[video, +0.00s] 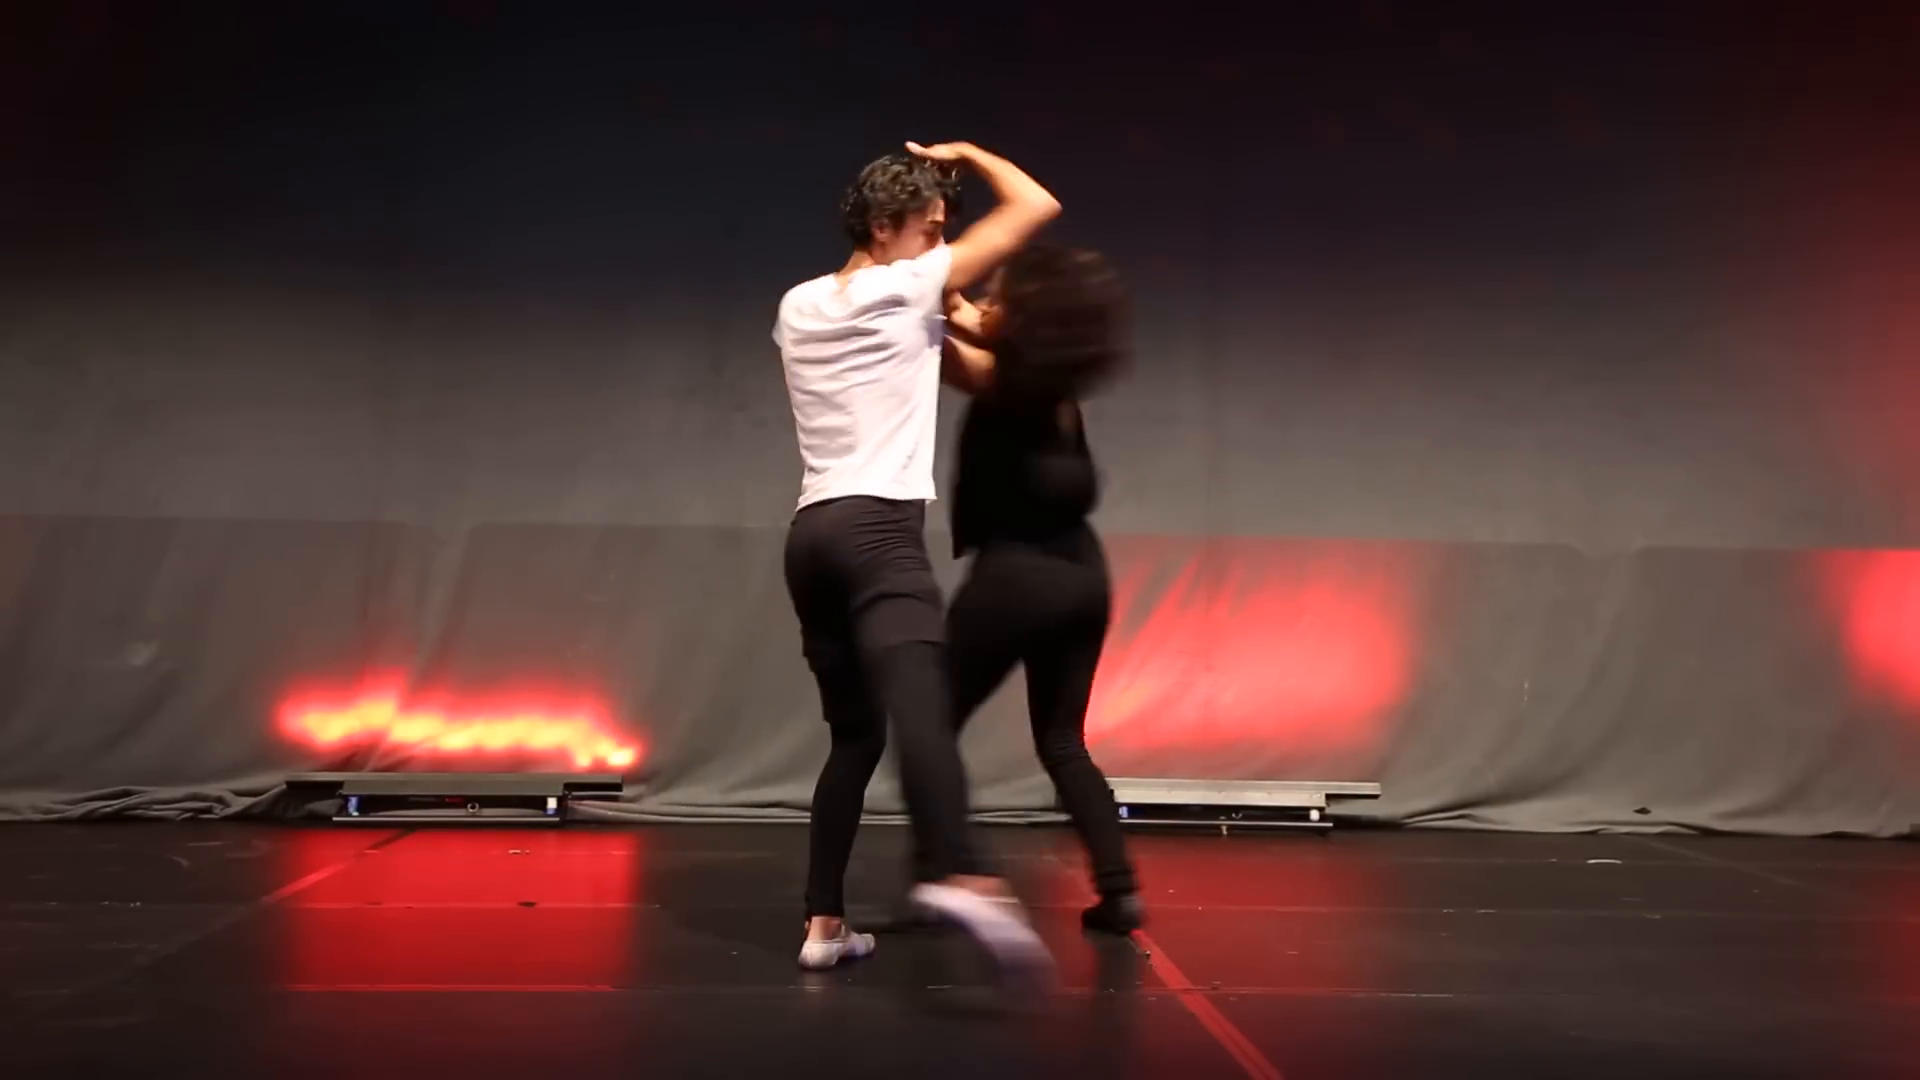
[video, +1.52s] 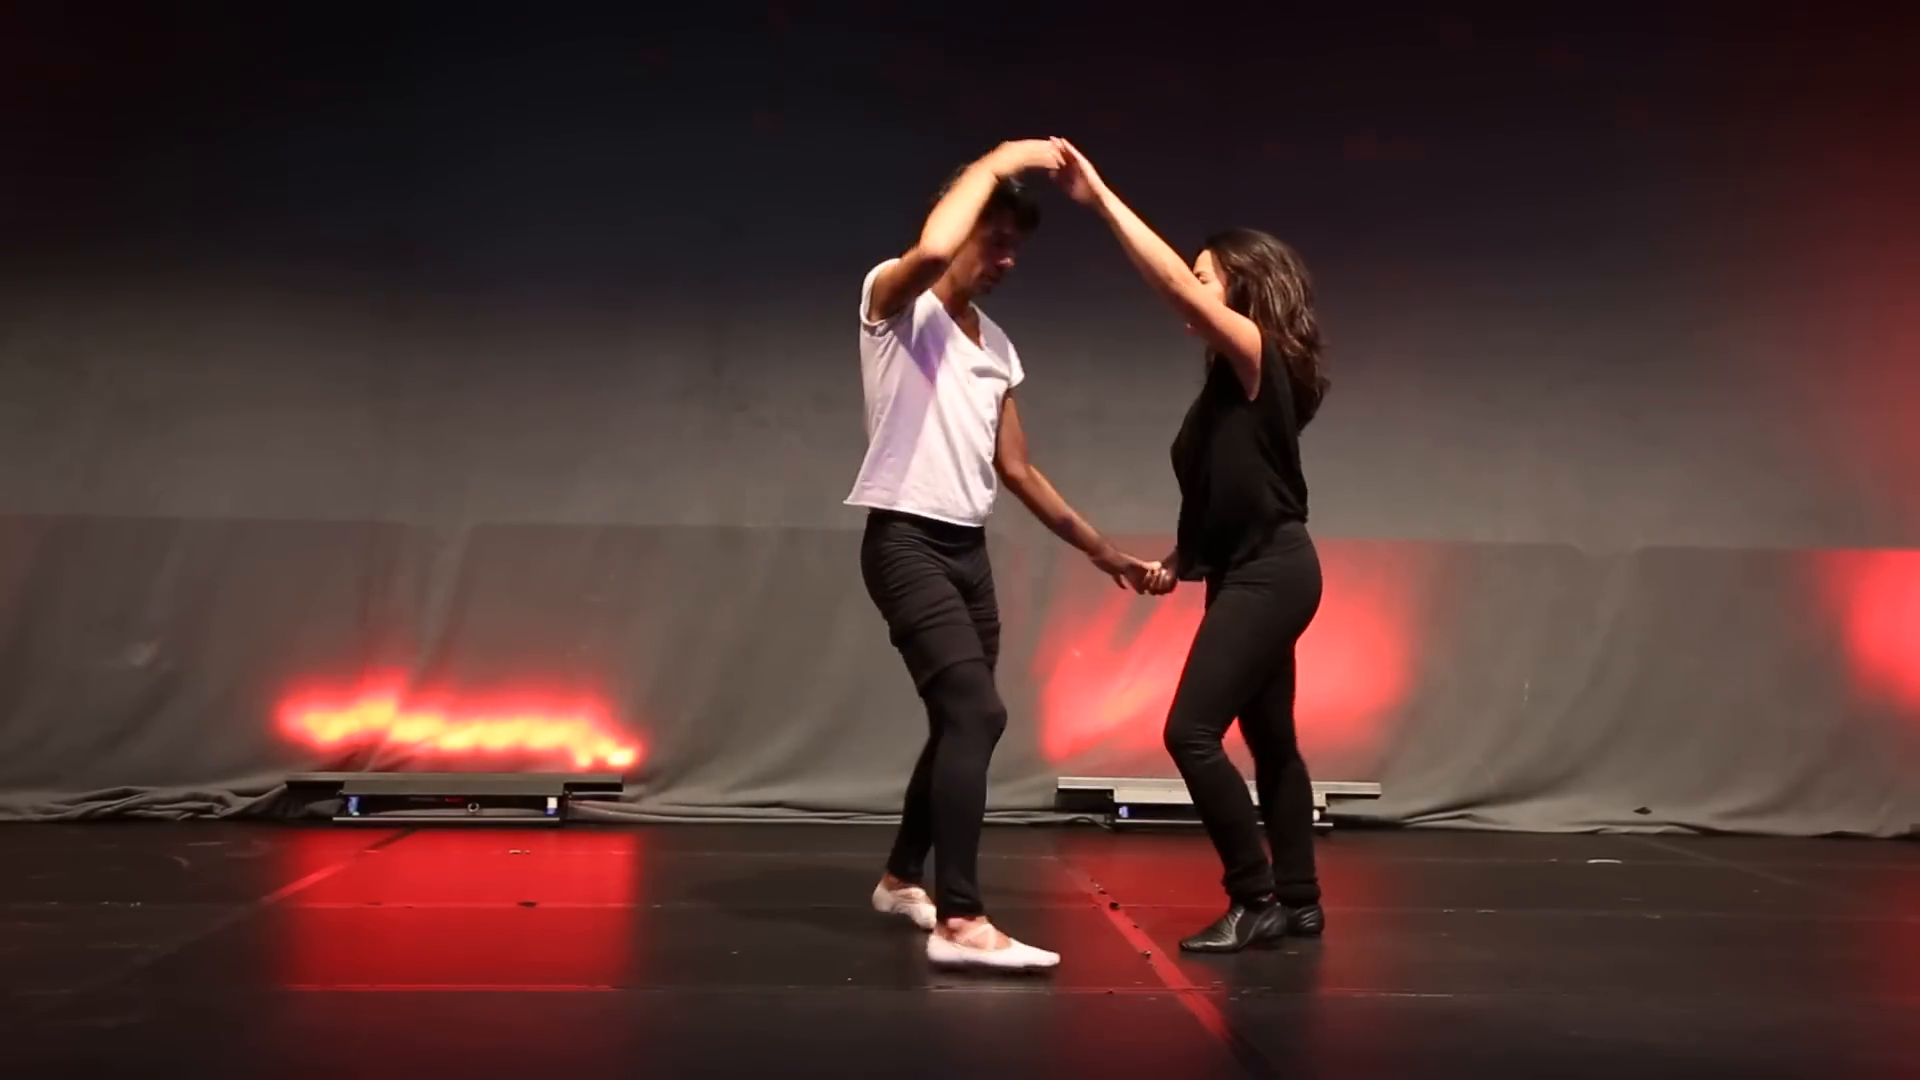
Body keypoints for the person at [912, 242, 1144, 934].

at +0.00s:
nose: (982, 303)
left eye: (998, 296)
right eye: (988, 293)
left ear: (1021, 316)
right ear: (1077, 324)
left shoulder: (997, 377)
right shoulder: (1063, 385)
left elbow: (922, 340)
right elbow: (990, 340)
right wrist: (939, 304)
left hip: (1008, 580)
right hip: (1079, 579)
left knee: (929, 720)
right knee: (1063, 743)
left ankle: (945, 875)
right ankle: (1119, 893)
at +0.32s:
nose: (1073, 283)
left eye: (1090, 274)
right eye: (1078, 273)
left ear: (1128, 297)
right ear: (1091, 291)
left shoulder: (1142, 354)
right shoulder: (1072, 358)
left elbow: (1055, 301)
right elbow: (1021, 307)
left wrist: (997, 222)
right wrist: (986, 231)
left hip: (1149, 574)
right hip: (1107, 577)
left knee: (1102, 731)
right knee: (1097, 733)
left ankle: (1196, 873)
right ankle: (1148, 889)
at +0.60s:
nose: (1110, 262)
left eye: (1126, 252)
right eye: (1111, 250)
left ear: (1171, 272)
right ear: (1112, 268)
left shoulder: (1182, 322)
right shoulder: (1094, 331)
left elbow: (1088, 253)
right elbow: (1018, 256)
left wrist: (1006, 182)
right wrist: (967, 171)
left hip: (1218, 554)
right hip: (1151, 554)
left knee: (1216, 723)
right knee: (1156, 723)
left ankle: (1236, 904)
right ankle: (1151, 881)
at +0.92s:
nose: (1146, 280)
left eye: (1161, 269)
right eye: (1148, 269)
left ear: (1208, 278)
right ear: (1163, 282)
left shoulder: (1228, 349)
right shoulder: (1147, 343)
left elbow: (1121, 391)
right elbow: (1042, 312)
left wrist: (1036, 334)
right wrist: (946, 279)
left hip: (1257, 571)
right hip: (1191, 575)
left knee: (1239, 738)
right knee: (1112, 706)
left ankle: (1237, 910)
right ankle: (1201, 834)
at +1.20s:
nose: (1173, 286)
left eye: (1188, 274)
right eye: (1176, 273)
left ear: (1233, 285)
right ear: (1221, 289)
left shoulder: (1240, 365)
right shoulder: (1217, 369)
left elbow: (1175, 447)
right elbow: (1169, 463)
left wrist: (1063, 436)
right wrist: (1095, 488)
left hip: (1252, 575)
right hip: (1220, 576)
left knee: (1203, 735)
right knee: (1186, 734)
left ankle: (1237, 905)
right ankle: (1275, 876)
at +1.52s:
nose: (1194, 293)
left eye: (1206, 282)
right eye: (1194, 281)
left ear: (1248, 289)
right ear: (1243, 297)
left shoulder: (1259, 356)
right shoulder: (1234, 373)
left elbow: (1183, 286)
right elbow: (1228, 496)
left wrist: (1102, 199)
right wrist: (1175, 565)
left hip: (1268, 572)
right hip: (1251, 573)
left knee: (1191, 734)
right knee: (1273, 745)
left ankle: (1257, 903)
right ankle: (1297, 901)